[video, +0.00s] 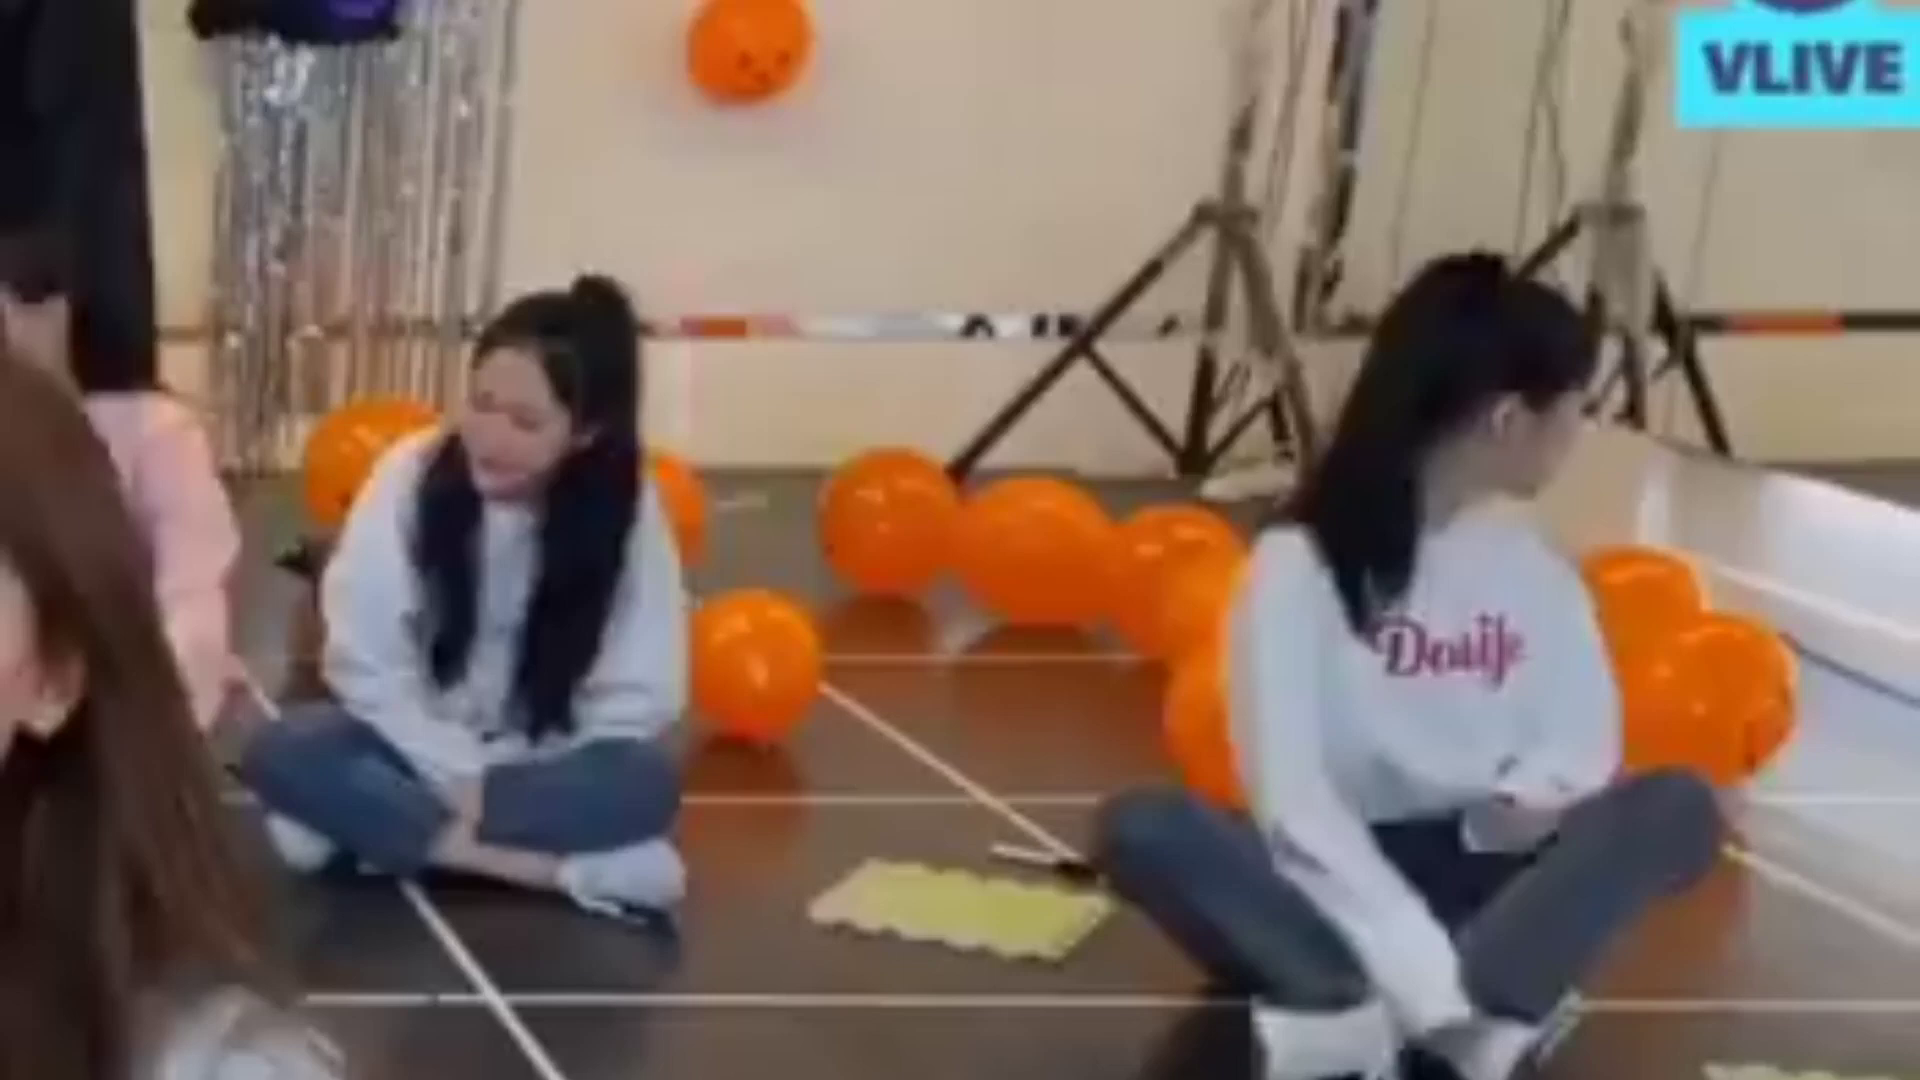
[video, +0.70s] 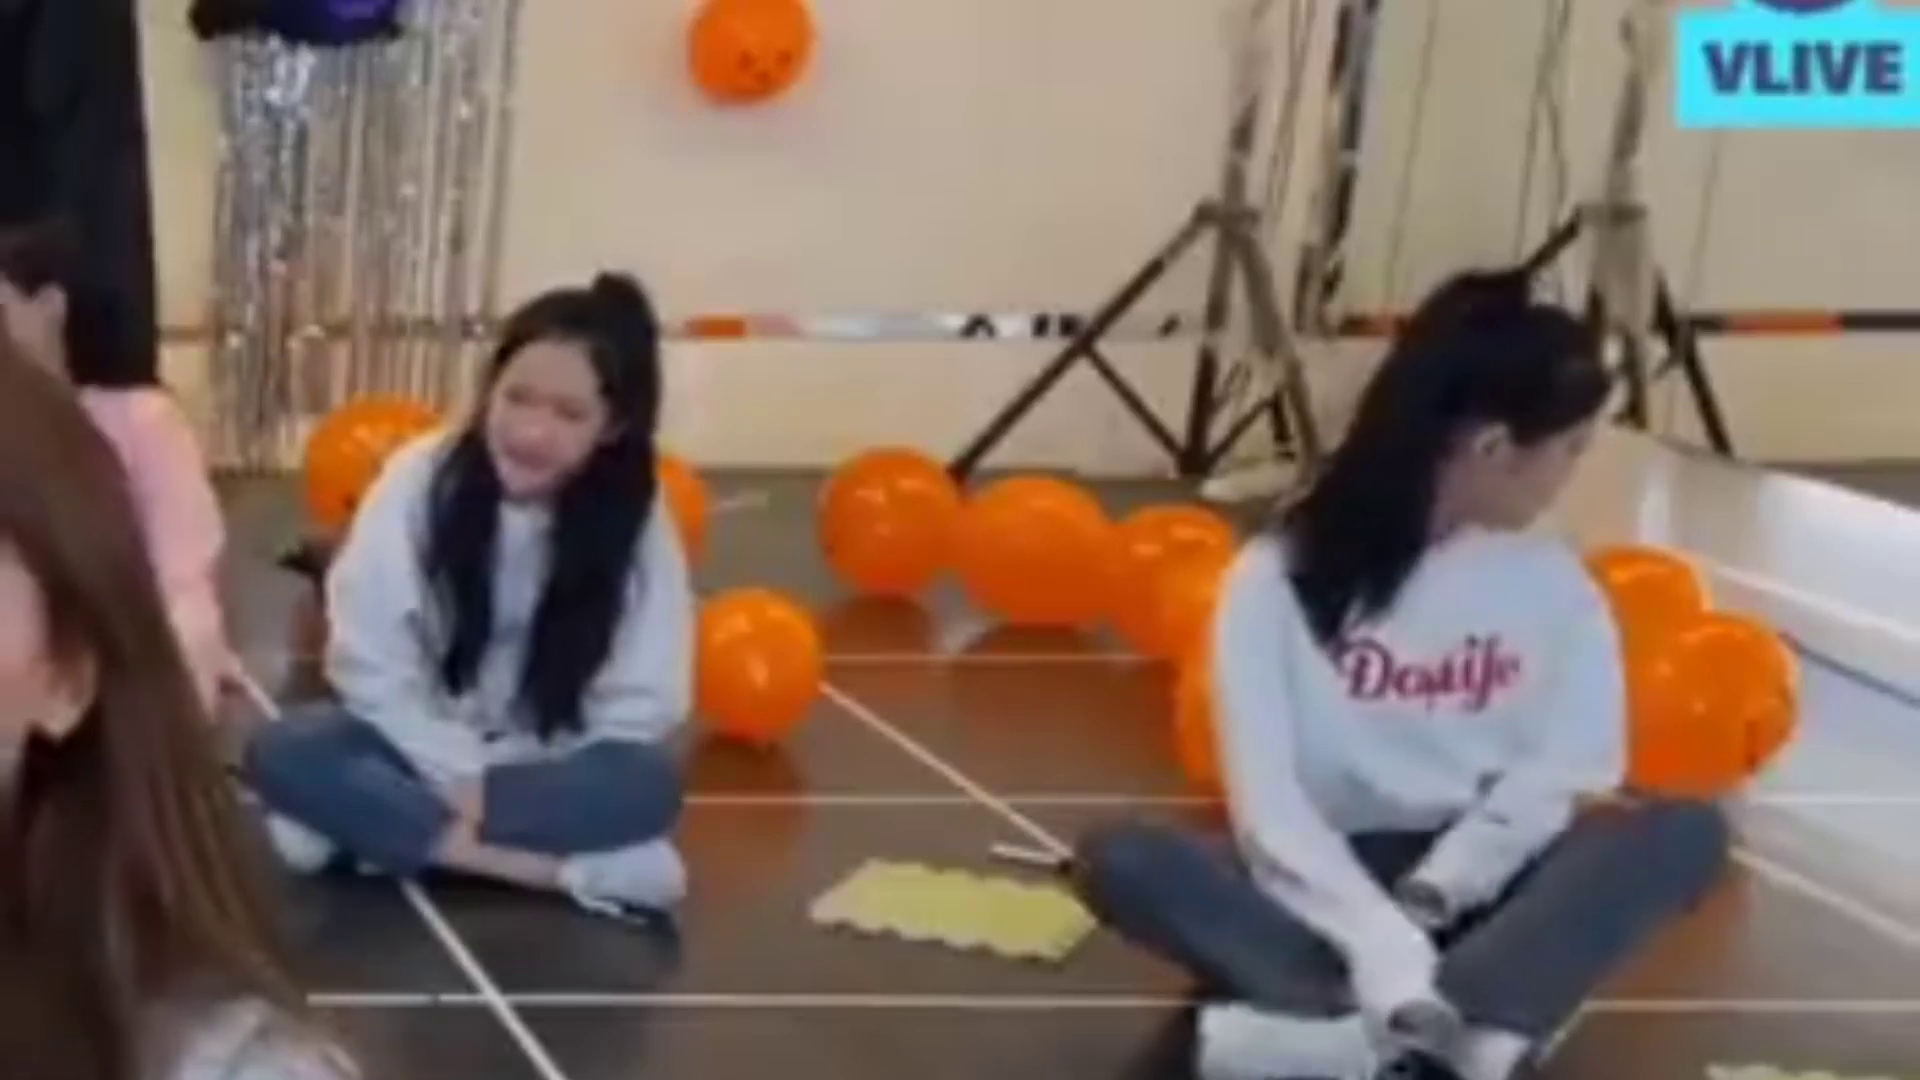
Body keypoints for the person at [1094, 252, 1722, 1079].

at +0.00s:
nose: (1577, 436)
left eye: (1581, 411)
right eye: (1574, 410)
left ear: (1499, 422)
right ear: (1505, 419)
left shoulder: (1528, 561)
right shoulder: (1298, 558)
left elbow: (1584, 731)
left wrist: (1536, 800)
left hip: (1490, 859)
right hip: (1337, 861)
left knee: (1679, 808)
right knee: (1141, 826)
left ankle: (1380, 1041)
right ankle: (1456, 1043)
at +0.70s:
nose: (1572, 470)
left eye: (1579, 448)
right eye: (1566, 448)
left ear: (1489, 447)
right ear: (1491, 447)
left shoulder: (1547, 575)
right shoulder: (1273, 578)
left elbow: (1572, 763)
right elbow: (1266, 803)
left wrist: (1434, 893)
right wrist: (1379, 940)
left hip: (1491, 862)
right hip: (1320, 870)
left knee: (1685, 832)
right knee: (1118, 856)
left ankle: (1380, 1038)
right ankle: (1452, 1043)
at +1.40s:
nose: (1684, 481)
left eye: (1685, 454)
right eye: (1661, 455)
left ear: (1569, 453)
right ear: (1558, 450)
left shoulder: (1635, 618)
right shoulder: (1350, 562)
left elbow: (1712, 808)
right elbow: (1253, 767)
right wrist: (1321, 951)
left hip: (1483, 890)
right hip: (1318, 867)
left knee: (1674, 846)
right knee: (1104, 870)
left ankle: (1344, 1031)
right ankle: (1424, 1034)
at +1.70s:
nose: (1796, 526)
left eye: (1801, 500)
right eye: (1778, 502)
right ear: (1675, 495)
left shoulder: (1730, 666)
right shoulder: (1470, 564)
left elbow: (1807, 827)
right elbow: (1342, 763)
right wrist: (1328, 951)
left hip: (1519, 899)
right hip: (1364, 861)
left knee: (1705, 901)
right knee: (1119, 838)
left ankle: (1340, 1034)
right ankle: (1427, 1050)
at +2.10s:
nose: (1798, 547)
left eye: (1807, 522)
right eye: (1784, 522)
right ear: (1684, 504)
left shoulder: (1738, 669)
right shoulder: (1488, 557)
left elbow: (1886, 793)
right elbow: (1379, 758)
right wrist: (1360, 944)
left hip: (1505, 894)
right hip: (1363, 851)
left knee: (1693, 899)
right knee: (1121, 819)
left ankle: (1331, 1038)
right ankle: (1407, 1047)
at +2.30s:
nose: (1797, 530)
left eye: (1805, 503)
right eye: (1776, 506)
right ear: (1672, 496)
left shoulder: (1759, 667)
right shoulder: (1489, 556)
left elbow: (1904, 758)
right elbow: (1382, 760)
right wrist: (1358, 948)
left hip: (1498, 887)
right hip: (1356, 847)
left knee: (1692, 897)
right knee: (1130, 808)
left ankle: (1333, 1037)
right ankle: (1409, 1048)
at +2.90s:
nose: (1805, 540)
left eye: (1820, 514)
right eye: (1794, 510)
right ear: (1704, 480)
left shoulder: (1728, 650)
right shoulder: (1481, 555)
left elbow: (1805, 819)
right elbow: (1374, 761)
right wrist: (1354, 954)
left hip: (1509, 886)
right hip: (1363, 853)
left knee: (1693, 899)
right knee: (1144, 793)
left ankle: (1329, 1039)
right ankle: (1405, 1045)